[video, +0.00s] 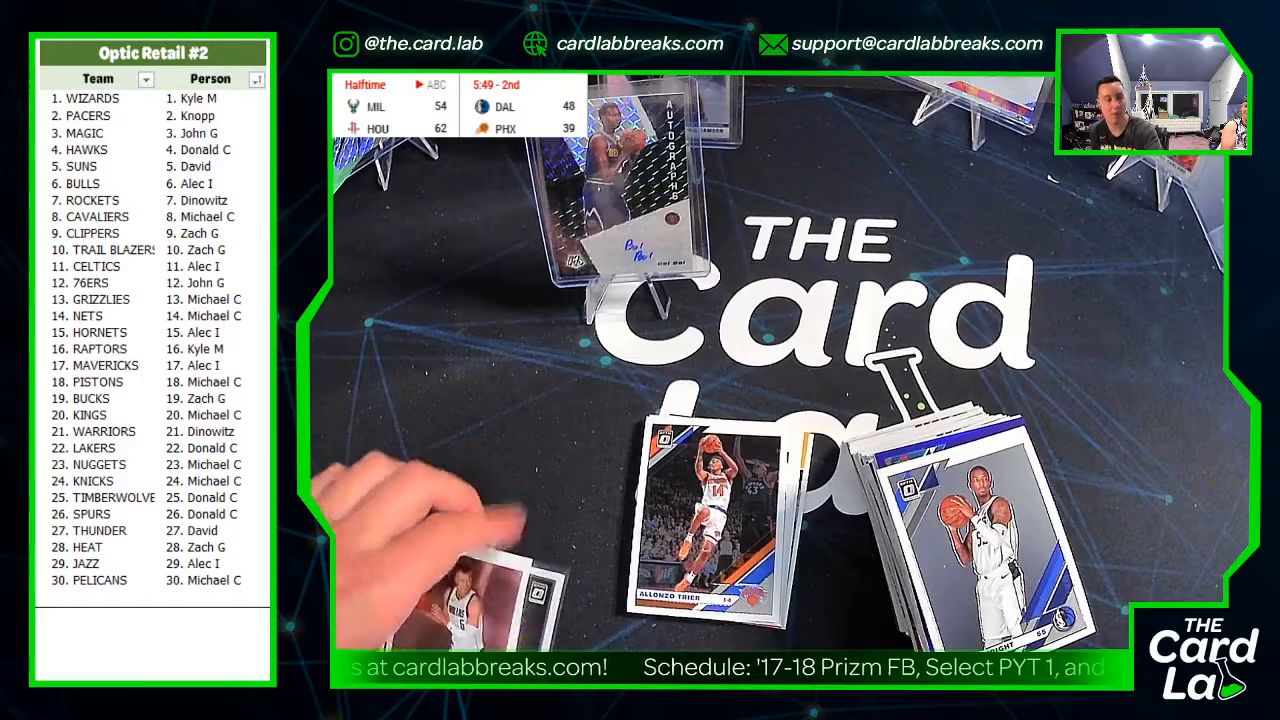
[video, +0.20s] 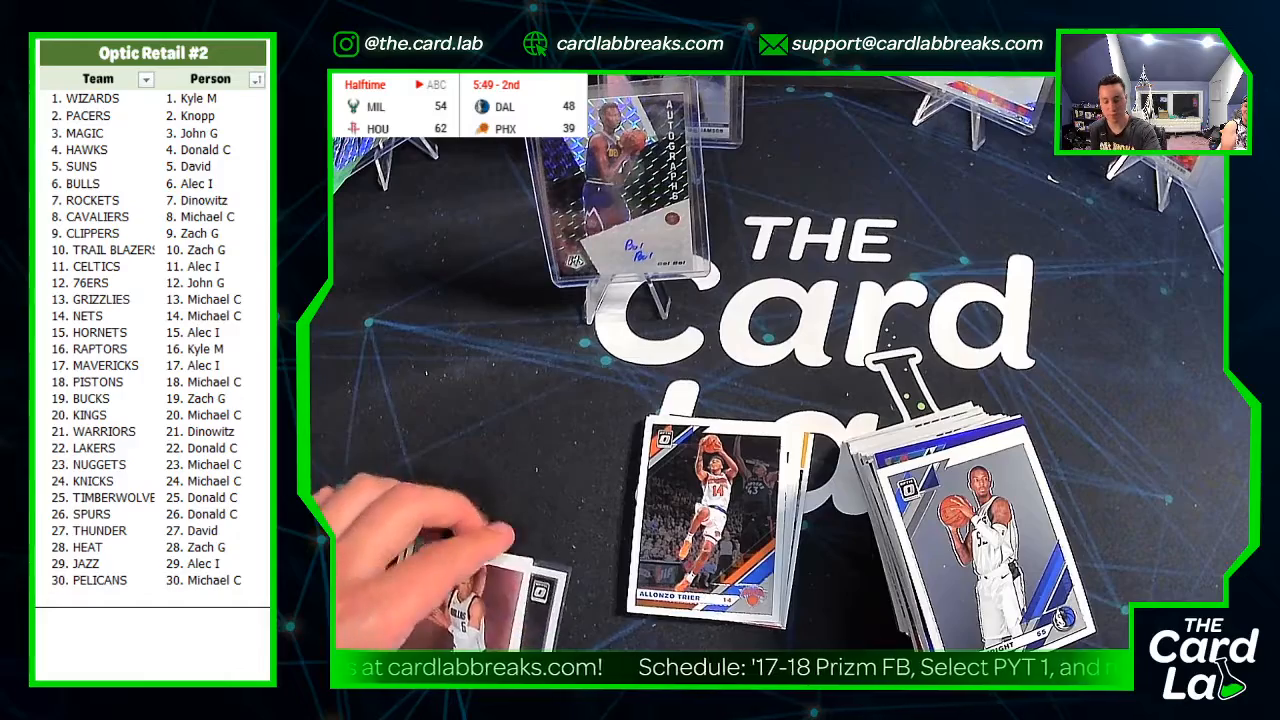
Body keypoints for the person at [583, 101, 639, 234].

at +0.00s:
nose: (617, 118)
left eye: (618, 114)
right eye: (612, 115)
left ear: (620, 117)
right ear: (603, 118)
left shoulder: (616, 140)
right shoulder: (598, 140)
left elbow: (622, 170)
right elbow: (606, 175)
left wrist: (632, 153)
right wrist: (624, 154)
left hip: (612, 187)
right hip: (598, 189)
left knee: (625, 219)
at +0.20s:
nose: (616, 118)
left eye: (617, 114)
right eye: (611, 115)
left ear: (620, 117)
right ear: (603, 118)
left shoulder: (616, 141)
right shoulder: (598, 140)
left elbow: (621, 176)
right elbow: (607, 176)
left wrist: (633, 154)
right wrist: (624, 153)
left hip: (611, 188)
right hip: (596, 191)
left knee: (623, 228)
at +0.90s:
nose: (614, 119)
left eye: (616, 115)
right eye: (610, 115)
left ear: (620, 118)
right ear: (602, 118)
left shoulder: (617, 142)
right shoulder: (598, 141)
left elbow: (620, 179)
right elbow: (607, 176)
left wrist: (633, 153)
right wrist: (623, 155)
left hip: (611, 189)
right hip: (595, 191)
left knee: (623, 228)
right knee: (598, 235)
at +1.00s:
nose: (615, 118)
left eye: (617, 115)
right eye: (611, 115)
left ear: (620, 118)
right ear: (602, 118)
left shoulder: (617, 142)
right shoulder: (598, 141)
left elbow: (620, 179)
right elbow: (607, 176)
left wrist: (633, 155)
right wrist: (624, 155)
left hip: (612, 189)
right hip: (596, 191)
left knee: (624, 229)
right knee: (598, 236)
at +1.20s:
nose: (616, 119)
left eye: (618, 115)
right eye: (612, 115)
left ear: (620, 118)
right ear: (602, 118)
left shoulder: (617, 142)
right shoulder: (598, 140)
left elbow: (619, 179)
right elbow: (606, 176)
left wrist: (632, 157)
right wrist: (624, 154)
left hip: (611, 189)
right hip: (597, 190)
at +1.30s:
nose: (616, 119)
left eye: (617, 115)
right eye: (611, 115)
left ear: (620, 118)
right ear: (602, 118)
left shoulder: (617, 142)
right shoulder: (598, 140)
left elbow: (620, 179)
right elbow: (606, 175)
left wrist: (632, 156)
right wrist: (623, 157)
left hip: (611, 188)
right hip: (598, 190)